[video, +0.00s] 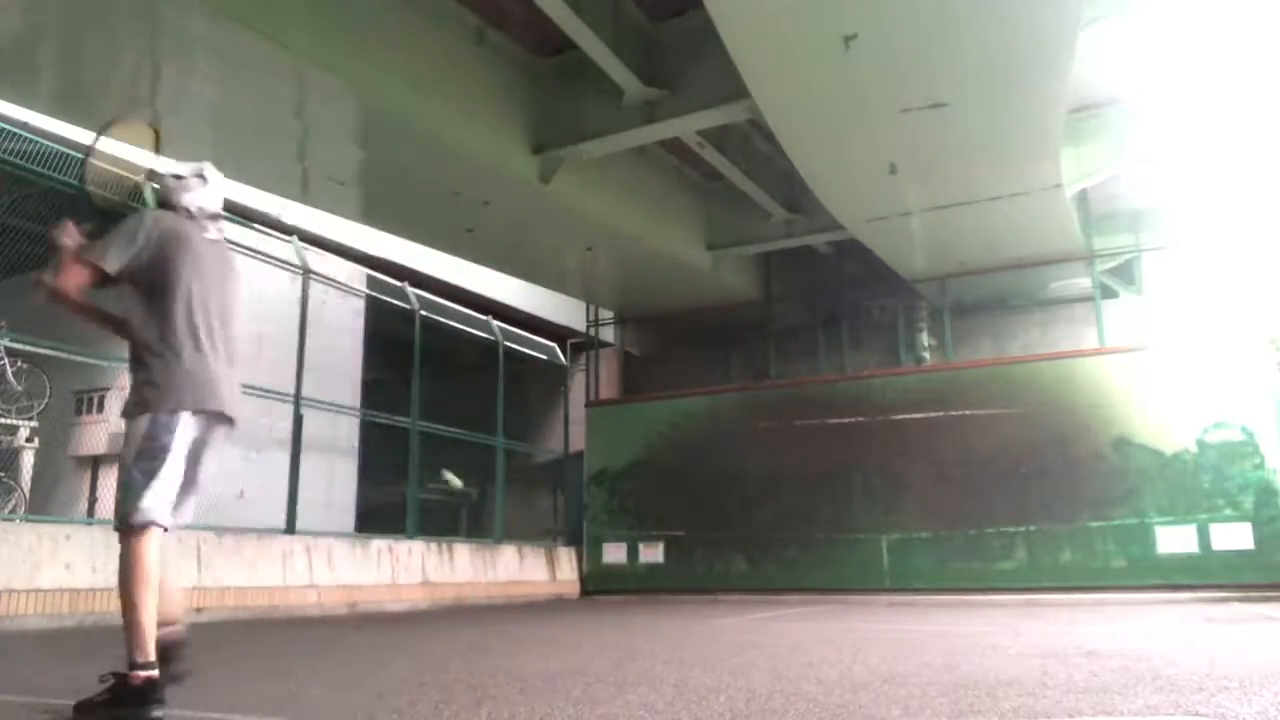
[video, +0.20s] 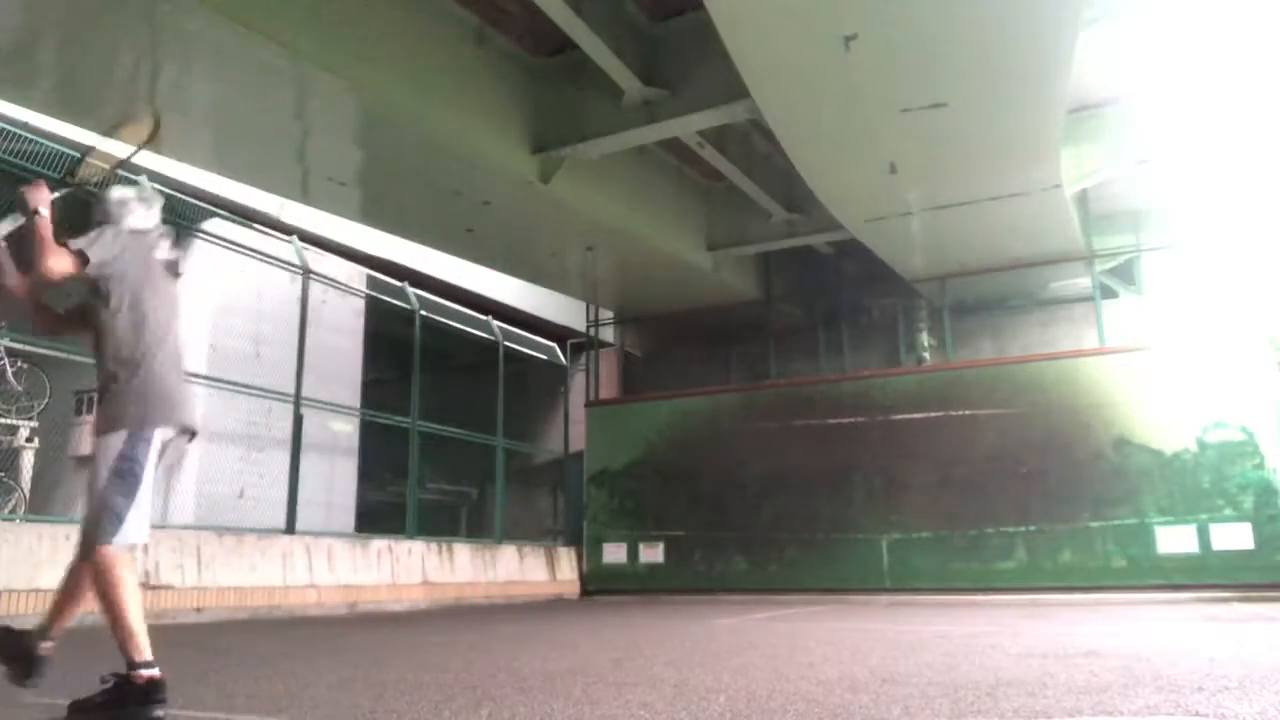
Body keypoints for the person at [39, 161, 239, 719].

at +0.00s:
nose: (156, 193)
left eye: (161, 188)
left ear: (166, 194)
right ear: (210, 204)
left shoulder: (156, 225)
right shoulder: (220, 253)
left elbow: (69, 282)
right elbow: (151, 332)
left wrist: (70, 247)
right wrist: (74, 298)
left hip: (166, 396)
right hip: (215, 399)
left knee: (139, 528)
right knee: (159, 526)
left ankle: (141, 675)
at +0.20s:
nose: (88, 231)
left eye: (91, 222)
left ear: (106, 217)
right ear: (147, 219)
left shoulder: (123, 240)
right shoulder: (149, 268)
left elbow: (53, 266)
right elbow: (58, 322)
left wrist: (41, 212)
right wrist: (16, 278)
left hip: (140, 416)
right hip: (161, 415)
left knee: (102, 544)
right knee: (96, 545)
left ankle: (144, 674)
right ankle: (36, 644)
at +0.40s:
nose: (29, 296)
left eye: (35, 287)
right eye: (30, 288)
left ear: (52, 285)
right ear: (70, 283)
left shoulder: (70, 311)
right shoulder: (62, 324)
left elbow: (82, 372)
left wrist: (19, 374)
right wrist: (17, 396)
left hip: (87, 461)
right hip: (79, 462)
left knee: (60, 566)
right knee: (34, 563)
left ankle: (141, 666)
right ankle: (1, 654)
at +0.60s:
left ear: (5, 260)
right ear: (47, 262)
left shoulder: (3, 297)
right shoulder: (74, 296)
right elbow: (134, 339)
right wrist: (149, 351)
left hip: (20, 425)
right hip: (80, 430)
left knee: (24, 544)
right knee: (42, 550)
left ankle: (78, 612)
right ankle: (3, 654)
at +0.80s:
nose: (37, 236)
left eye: (27, 231)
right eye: (35, 230)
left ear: (4, 238)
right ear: (33, 236)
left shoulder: (14, 267)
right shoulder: (58, 260)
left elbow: (126, 220)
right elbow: (127, 221)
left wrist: (169, 176)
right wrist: (175, 170)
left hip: (9, 414)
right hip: (42, 414)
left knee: (13, 539)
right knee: (26, 541)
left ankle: (4, 649)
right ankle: (1, 649)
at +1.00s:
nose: (24, 244)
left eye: (20, 236)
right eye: (18, 237)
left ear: (15, 235)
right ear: (9, 238)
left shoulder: (22, 261)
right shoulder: (16, 263)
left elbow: (79, 235)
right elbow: (79, 234)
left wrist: (103, 161)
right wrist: (105, 160)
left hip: (25, 416)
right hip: (14, 415)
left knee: (18, 541)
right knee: (13, 543)